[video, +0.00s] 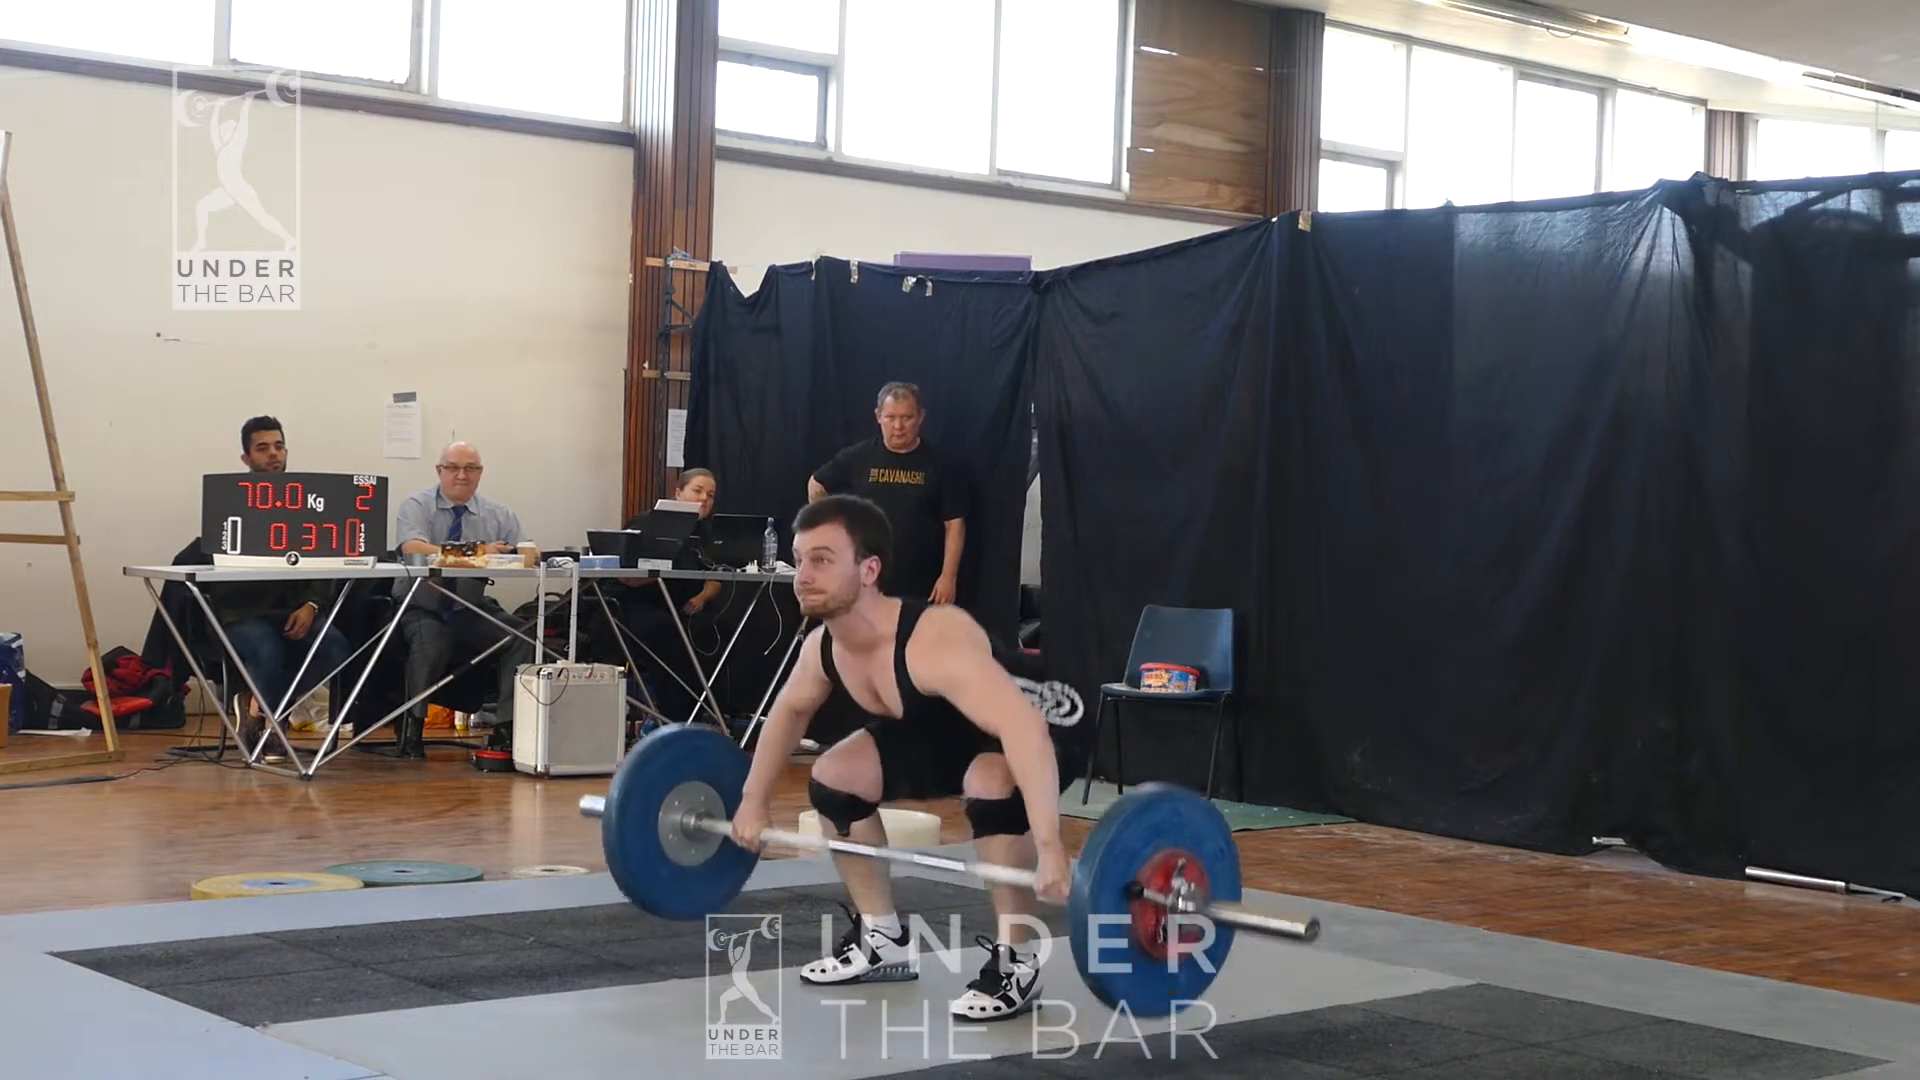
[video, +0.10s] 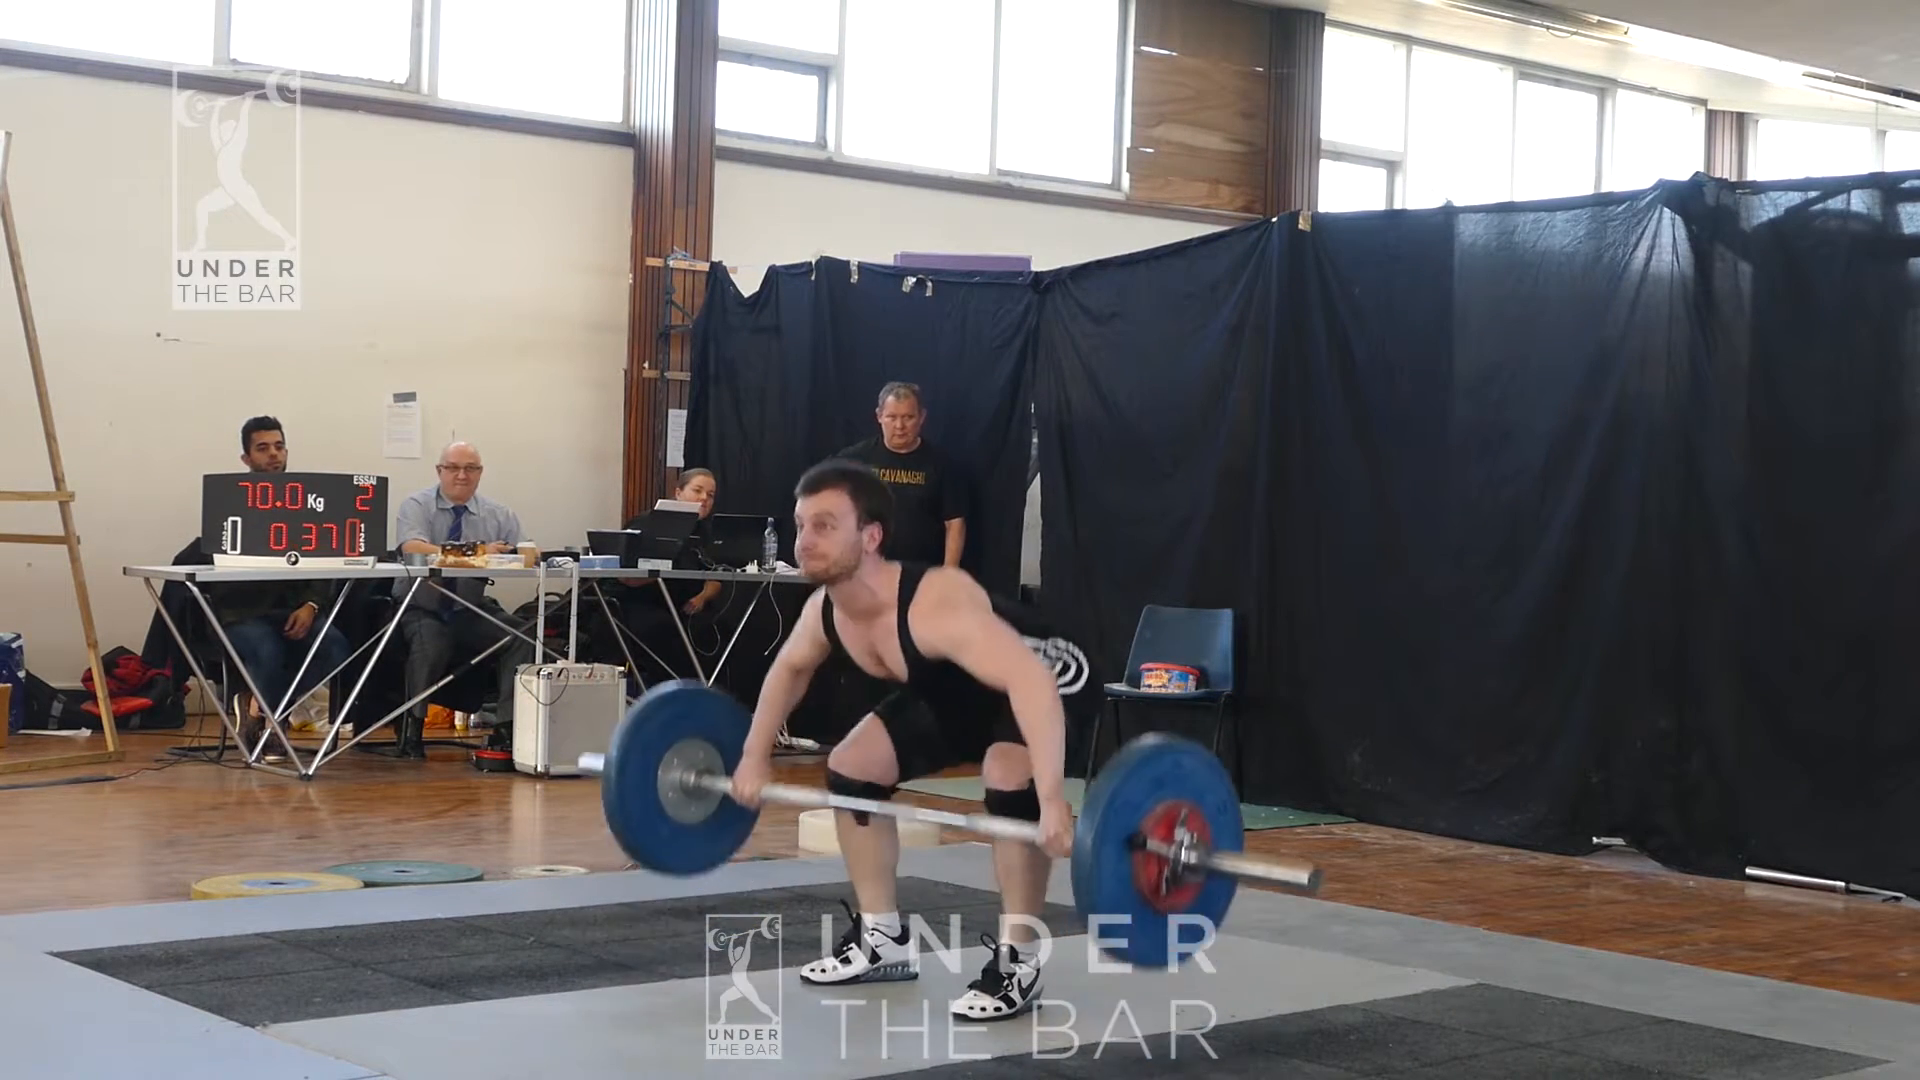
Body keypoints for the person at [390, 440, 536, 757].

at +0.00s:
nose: (461, 475)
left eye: (470, 469)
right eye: (452, 468)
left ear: (481, 474)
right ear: (438, 471)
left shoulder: (500, 515)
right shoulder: (417, 505)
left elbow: (530, 555)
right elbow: (412, 548)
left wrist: (500, 553)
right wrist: (468, 554)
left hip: (475, 609)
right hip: (424, 608)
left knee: (520, 637)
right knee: (431, 644)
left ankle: (508, 730)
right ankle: (412, 733)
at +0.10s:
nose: (461, 475)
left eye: (470, 469)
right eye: (452, 468)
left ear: (481, 474)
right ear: (439, 471)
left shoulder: (501, 515)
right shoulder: (417, 505)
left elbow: (530, 556)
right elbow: (412, 548)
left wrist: (502, 553)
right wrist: (468, 554)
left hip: (474, 608)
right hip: (424, 607)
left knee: (520, 638)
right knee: (431, 644)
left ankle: (508, 731)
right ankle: (412, 735)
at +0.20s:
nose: (461, 475)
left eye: (470, 469)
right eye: (453, 468)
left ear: (481, 474)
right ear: (439, 471)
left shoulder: (500, 515)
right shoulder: (417, 505)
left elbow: (530, 555)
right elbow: (411, 548)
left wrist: (500, 553)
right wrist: (468, 553)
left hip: (475, 608)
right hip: (424, 608)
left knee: (520, 637)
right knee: (431, 644)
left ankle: (508, 730)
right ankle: (412, 734)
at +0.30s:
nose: (461, 475)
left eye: (470, 469)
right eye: (452, 468)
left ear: (481, 474)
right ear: (439, 471)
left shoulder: (501, 515)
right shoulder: (417, 505)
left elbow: (530, 556)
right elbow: (412, 549)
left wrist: (501, 553)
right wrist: (468, 554)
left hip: (474, 608)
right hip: (424, 607)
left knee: (520, 637)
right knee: (431, 644)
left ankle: (508, 731)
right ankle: (412, 735)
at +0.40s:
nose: (461, 475)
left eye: (470, 468)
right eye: (452, 468)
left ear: (481, 473)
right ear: (439, 471)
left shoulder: (501, 515)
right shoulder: (416, 505)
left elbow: (531, 556)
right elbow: (411, 548)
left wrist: (502, 553)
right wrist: (468, 554)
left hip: (475, 609)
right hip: (423, 608)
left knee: (520, 637)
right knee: (431, 644)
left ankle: (508, 730)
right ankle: (412, 732)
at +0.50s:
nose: (462, 475)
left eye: (471, 468)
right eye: (453, 468)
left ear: (480, 473)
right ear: (439, 472)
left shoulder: (499, 514)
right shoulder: (416, 506)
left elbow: (529, 556)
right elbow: (411, 549)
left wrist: (500, 552)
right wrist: (468, 553)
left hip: (475, 608)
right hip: (424, 608)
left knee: (519, 639)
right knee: (431, 642)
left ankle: (507, 730)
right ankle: (412, 732)